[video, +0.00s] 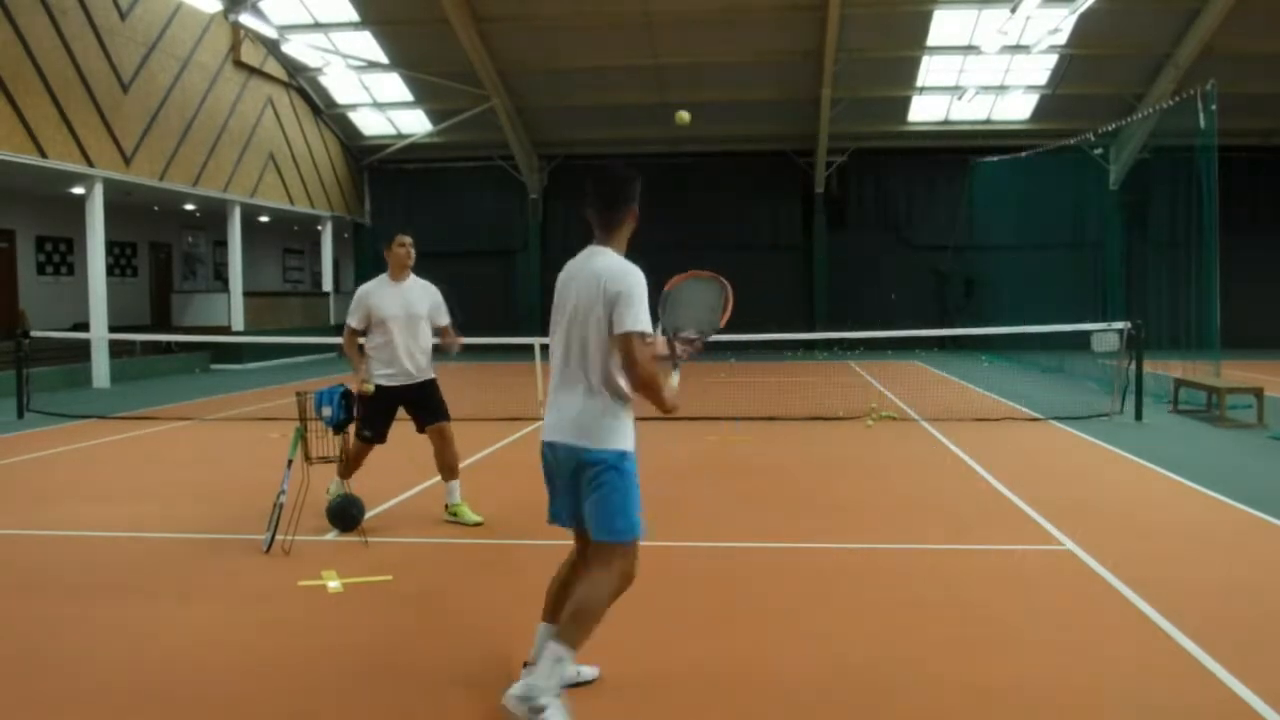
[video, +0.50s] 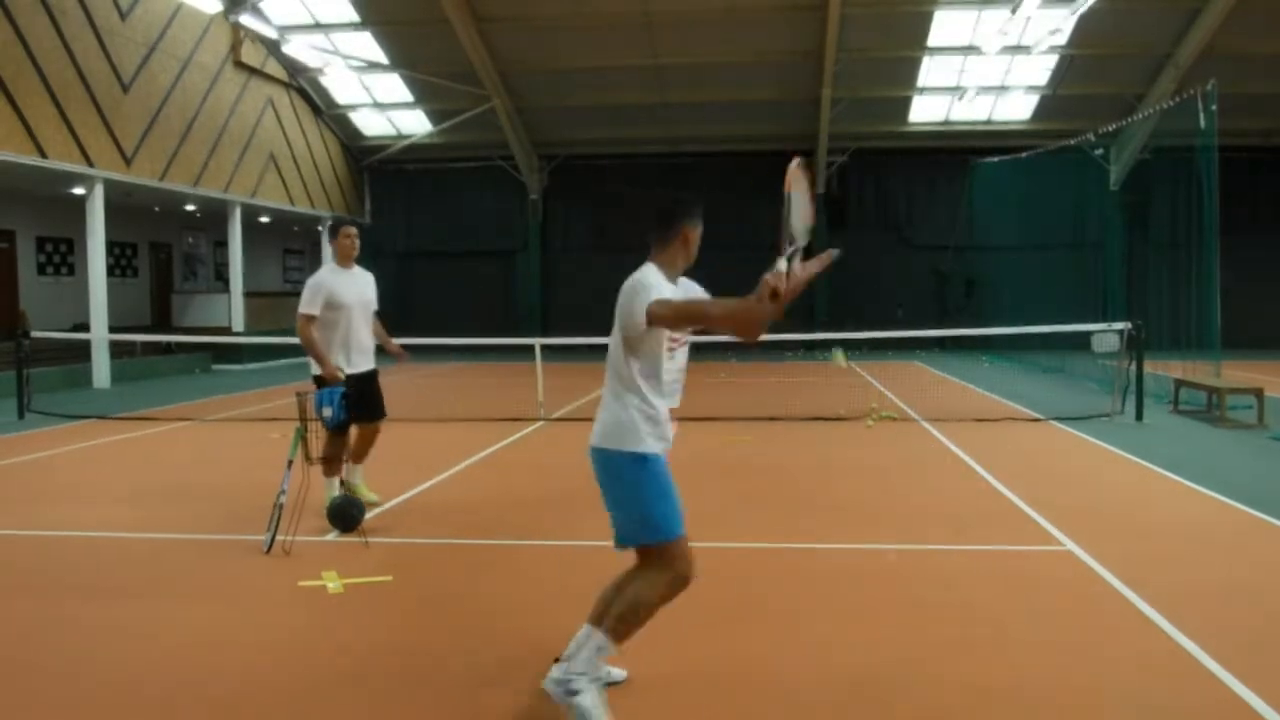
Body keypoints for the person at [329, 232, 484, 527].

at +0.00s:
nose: (409, 251)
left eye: (411, 247)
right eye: (402, 246)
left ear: (415, 254)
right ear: (387, 253)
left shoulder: (429, 290)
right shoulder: (367, 293)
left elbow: (445, 331)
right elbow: (349, 338)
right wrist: (360, 370)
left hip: (421, 380)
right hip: (381, 382)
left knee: (442, 433)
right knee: (364, 443)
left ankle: (454, 502)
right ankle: (338, 487)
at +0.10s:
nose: (391, 248)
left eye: (394, 243)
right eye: (385, 243)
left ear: (397, 249)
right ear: (370, 249)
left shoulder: (409, 287)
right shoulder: (349, 287)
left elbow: (414, 325)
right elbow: (330, 331)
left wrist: (419, 352)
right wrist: (345, 367)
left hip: (404, 377)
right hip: (365, 379)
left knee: (425, 434)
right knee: (348, 441)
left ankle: (451, 498)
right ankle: (335, 496)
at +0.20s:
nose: (378, 245)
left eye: (380, 240)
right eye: (371, 240)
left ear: (383, 246)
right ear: (356, 247)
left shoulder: (392, 283)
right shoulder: (338, 284)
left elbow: (396, 321)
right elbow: (313, 326)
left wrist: (404, 350)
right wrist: (332, 367)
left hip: (391, 375)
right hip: (353, 378)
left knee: (412, 431)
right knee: (341, 439)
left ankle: (432, 493)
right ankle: (334, 495)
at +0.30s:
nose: (366, 242)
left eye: (369, 237)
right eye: (359, 237)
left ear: (372, 243)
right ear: (345, 242)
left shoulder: (380, 279)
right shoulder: (329, 281)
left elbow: (383, 320)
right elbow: (306, 326)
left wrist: (397, 347)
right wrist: (324, 363)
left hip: (380, 371)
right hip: (346, 375)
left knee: (399, 426)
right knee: (339, 436)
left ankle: (405, 491)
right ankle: (334, 494)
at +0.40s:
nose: (358, 242)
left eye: (361, 237)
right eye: (352, 237)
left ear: (365, 243)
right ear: (338, 242)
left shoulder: (372, 277)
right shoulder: (323, 280)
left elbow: (374, 317)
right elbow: (303, 326)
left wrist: (392, 342)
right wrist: (324, 365)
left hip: (372, 370)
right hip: (339, 373)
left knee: (386, 423)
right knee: (337, 435)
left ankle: (376, 482)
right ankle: (333, 493)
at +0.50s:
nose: (354, 242)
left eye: (356, 237)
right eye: (347, 237)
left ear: (359, 243)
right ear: (333, 242)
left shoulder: (367, 278)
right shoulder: (320, 280)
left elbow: (369, 318)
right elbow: (304, 327)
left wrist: (388, 342)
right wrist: (325, 365)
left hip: (365, 369)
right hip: (334, 372)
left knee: (371, 424)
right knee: (337, 433)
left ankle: (353, 478)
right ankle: (332, 494)